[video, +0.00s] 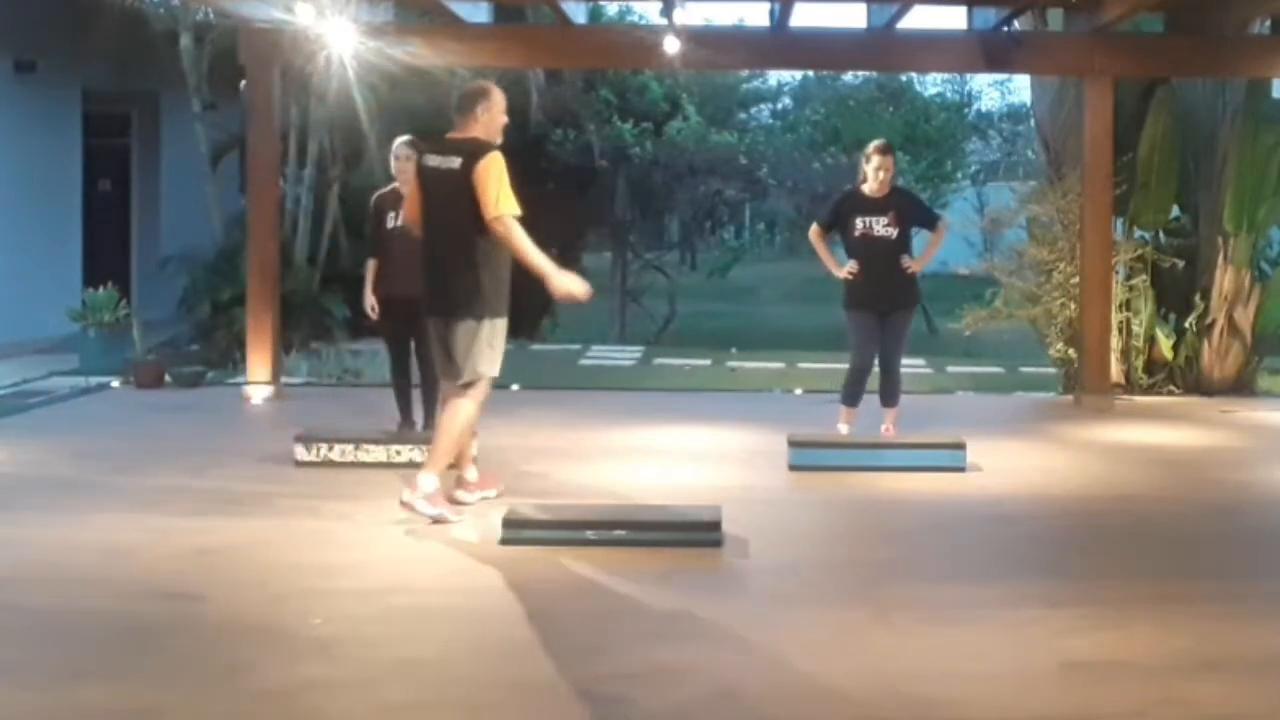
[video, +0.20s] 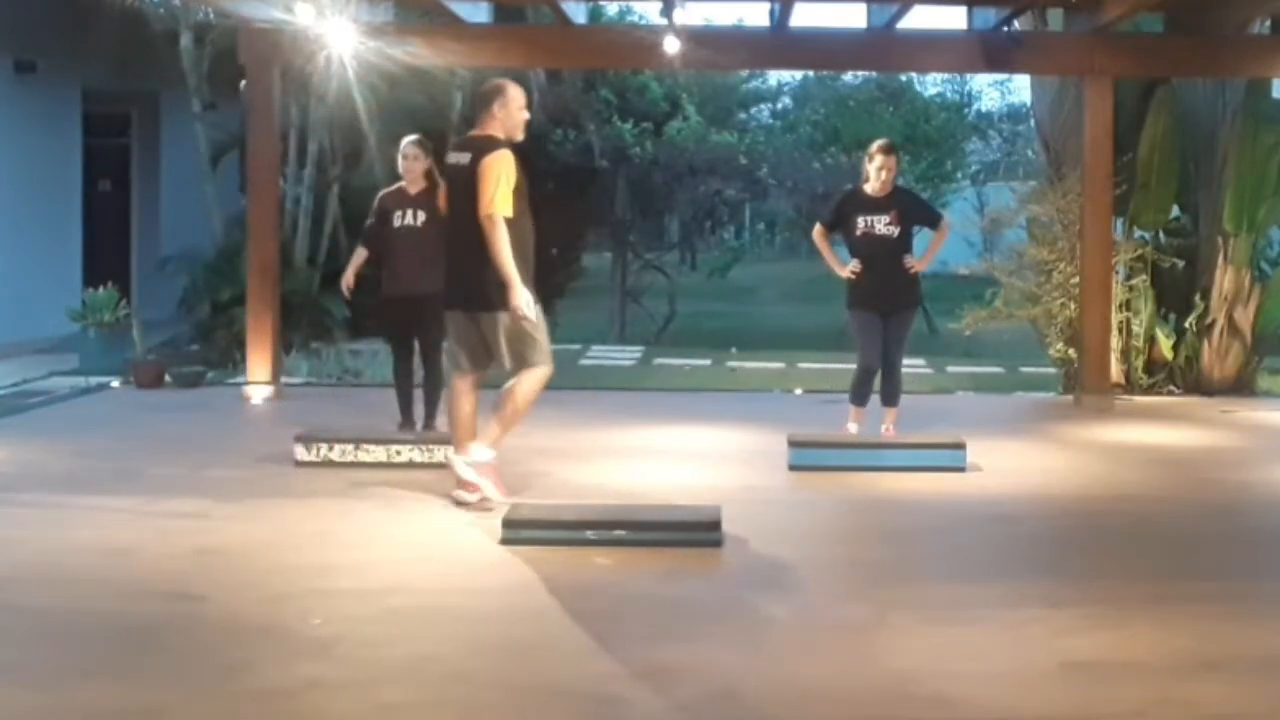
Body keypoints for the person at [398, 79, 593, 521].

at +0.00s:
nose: (506, 120)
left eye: (505, 112)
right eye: (502, 112)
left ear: (464, 113)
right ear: (483, 113)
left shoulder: (428, 154)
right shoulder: (487, 158)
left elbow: (411, 219)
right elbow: (502, 222)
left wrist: (449, 236)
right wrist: (553, 274)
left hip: (438, 290)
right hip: (479, 296)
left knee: (454, 385)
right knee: (474, 387)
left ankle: (464, 475)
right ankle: (426, 484)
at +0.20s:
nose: (527, 117)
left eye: (526, 109)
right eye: (521, 109)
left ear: (489, 111)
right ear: (497, 111)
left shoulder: (458, 151)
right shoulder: (498, 155)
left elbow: (444, 206)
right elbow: (492, 218)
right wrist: (515, 284)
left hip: (460, 285)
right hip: (499, 285)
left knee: (464, 375)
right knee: (537, 365)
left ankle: (465, 480)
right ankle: (484, 449)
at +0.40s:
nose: (551, 120)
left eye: (550, 112)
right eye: (544, 112)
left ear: (517, 117)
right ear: (518, 116)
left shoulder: (494, 156)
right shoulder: (515, 158)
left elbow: (478, 220)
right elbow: (501, 216)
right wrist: (541, 271)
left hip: (490, 288)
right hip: (522, 289)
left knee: (484, 374)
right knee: (549, 371)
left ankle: (469, 474)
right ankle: (550, 466)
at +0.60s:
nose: (571, 122)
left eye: (570, 114)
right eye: (563, 114)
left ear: (541, 120)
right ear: (538, 119)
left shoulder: (536, 159)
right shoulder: (532, 162)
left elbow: (536, 223)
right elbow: (528, 220)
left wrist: (580, 257)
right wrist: (578, 258)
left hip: (538, 291)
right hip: (547, 293)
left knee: (545, 378)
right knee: (561, 375)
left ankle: (497, 442)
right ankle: (552, 468)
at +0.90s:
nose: (595, 117)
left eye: (595, 109)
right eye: (587, 108)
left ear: (584, 112)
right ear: (562, 112)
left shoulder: (585, 159)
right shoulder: (544, 159)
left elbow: (595, 220)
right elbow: (533, 221)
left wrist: (640, 233)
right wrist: (565, 270)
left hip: (596, 290)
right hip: (560, 293)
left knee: (607, 369)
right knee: (563, 377)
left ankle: (613, 461)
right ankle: (549, 470)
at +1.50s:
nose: (608, 115)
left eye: (616, 107)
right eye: (601, 108)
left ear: (630, 111)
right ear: (590, 112)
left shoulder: (653, 161)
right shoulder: (568, 159)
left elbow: (675, 219)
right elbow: (547, 220)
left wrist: (667, 273)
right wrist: (530, 273)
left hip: (638, 290)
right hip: (584, 291)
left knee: (641, 375)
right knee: (593, 376)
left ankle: (631, 464)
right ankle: (604, 470)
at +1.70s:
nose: (611, 116)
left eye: (618, 108)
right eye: (604, 109)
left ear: (631, 111)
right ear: (591, 112)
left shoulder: (654, 159)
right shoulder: (571, 159)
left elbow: (678, 217)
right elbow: (552, 217)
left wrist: (651, 253)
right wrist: (555, 256)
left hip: (640, 291)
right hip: (586, 292)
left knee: (651, 374)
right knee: (591, 379)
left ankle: (645, 454)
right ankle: (604, 470)